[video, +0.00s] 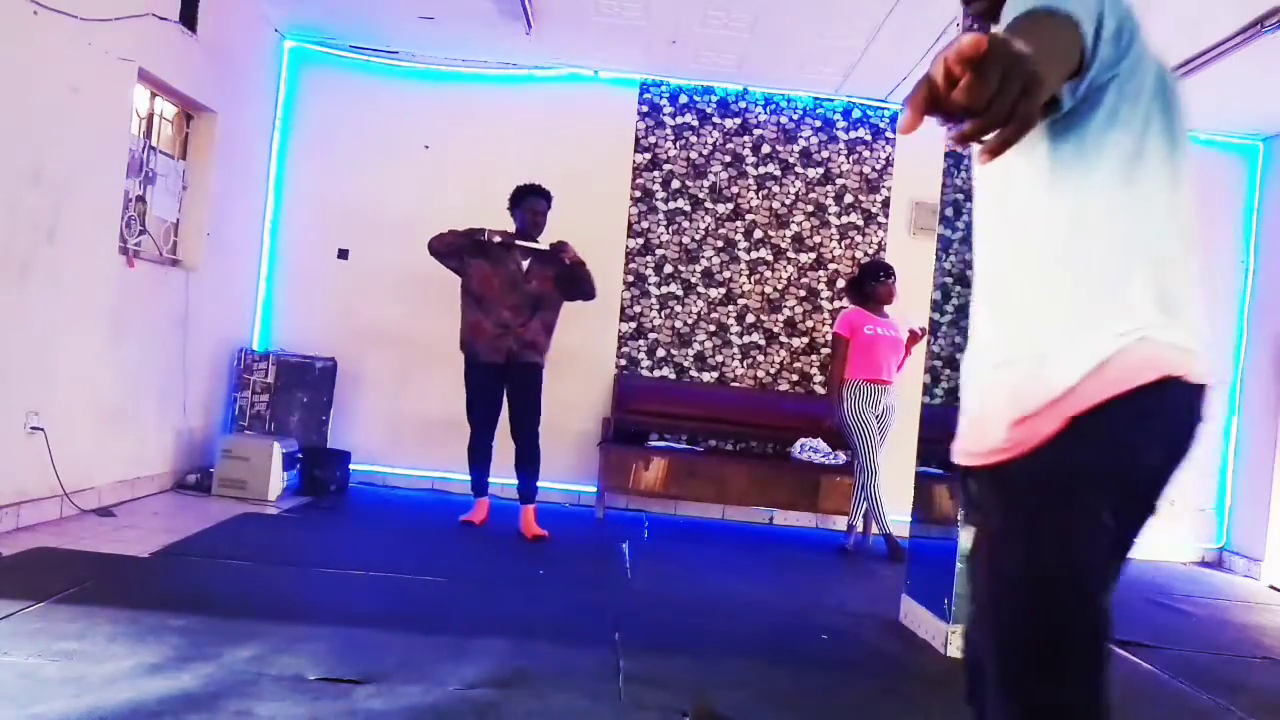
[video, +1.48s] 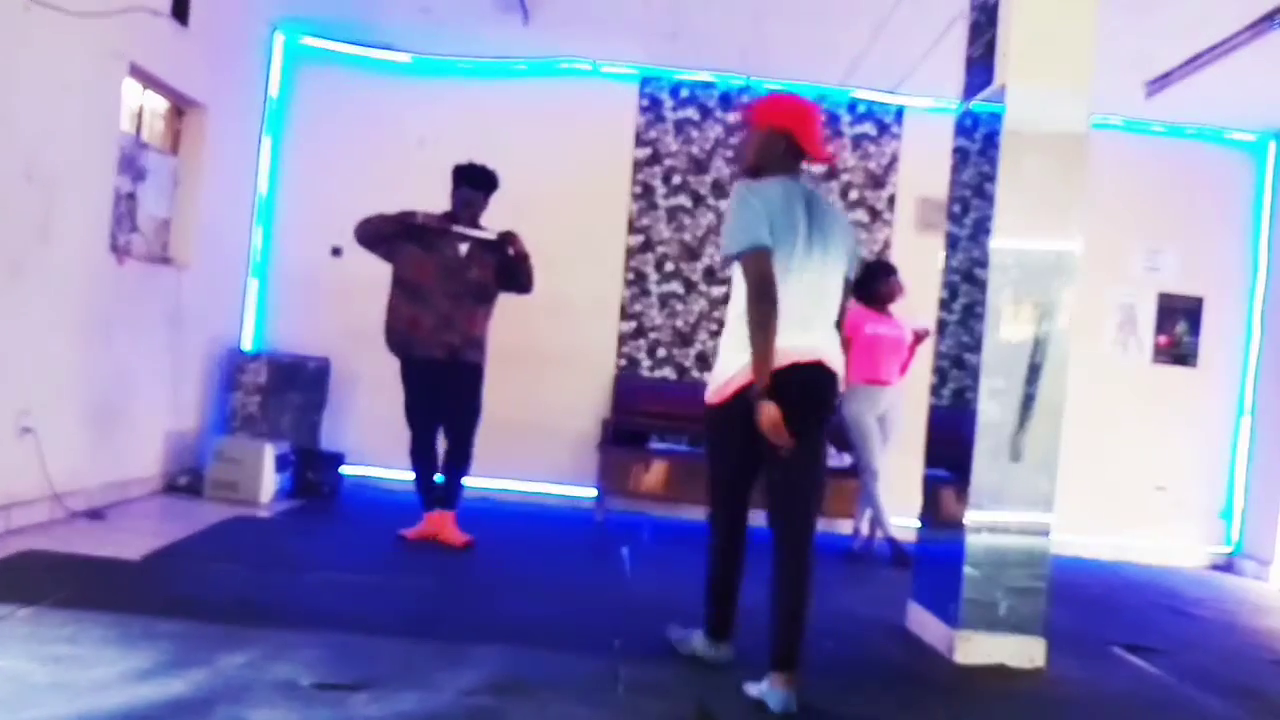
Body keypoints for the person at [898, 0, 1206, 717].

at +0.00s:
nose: (973, 12)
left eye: (977, 4)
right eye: (972, 13)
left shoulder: (1086, 7)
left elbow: (1058, 26)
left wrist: (1014, 70)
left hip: (1107, 381)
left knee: (1033, 674)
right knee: (1005, 667)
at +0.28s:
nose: (894, 22)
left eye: (903, 5)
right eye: (898, 6)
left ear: (946, 7)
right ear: (988, 11)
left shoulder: (974, 60)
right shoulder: (1044, 99)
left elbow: (1009, 170)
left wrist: (957, 302)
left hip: (974, 399)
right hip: (1054, 397)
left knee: (859, 590)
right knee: (1000, 639)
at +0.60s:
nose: (834, 75)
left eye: (839, 64)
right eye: (836, 63)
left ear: (857, 66)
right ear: (916, 71)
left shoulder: (866, 134)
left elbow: (902, 262)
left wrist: (904, 413)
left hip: (859, 406)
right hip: (947, 404)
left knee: (829, 613)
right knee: (922, 612)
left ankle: (829, 714)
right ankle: (950, 715)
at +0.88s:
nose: (800, 98)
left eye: (808, 85)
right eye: (804, 84)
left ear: (839, 90)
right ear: (873, 97)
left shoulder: (805, 150)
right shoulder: (927, 186)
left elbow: (756, 245)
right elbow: (951, 304)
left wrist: (666, 338)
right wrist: (956, 414)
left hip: (818, 375)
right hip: (892, 388)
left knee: (820, 556)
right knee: (833, 552)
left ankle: (826, 706)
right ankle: (833, 698)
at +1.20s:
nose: (768, 140)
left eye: (777, 128)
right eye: (773, 127)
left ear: (802, 134)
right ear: (830, 144)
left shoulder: (771, 187)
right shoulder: (873, 217)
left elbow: (728, 271)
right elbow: (885, 330)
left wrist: (648, 328)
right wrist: (888, 421)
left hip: (782, 386)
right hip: (848, 395)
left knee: (758, 523)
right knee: (803, 535)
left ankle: (789, 663)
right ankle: (779, 675)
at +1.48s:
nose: (742, 143)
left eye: (751, 133)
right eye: (747, 131)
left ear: (776, 141)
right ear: (798, 148)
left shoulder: (753, 194)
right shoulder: (834, 216)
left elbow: (761, 287)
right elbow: (841, 306)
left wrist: (762, 385)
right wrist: (828, 382)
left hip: (751, 374)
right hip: (814, 376)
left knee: (729, 510)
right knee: (795, 524)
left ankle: (717, 633)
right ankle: (783, 674)